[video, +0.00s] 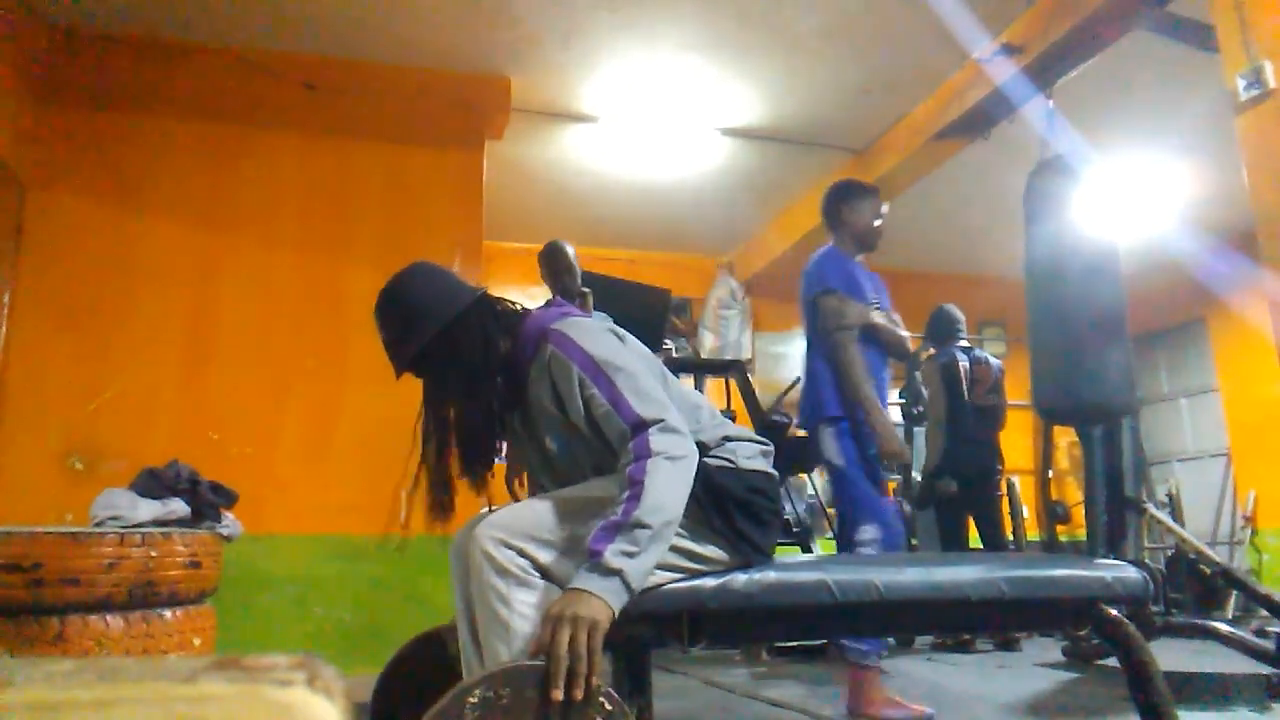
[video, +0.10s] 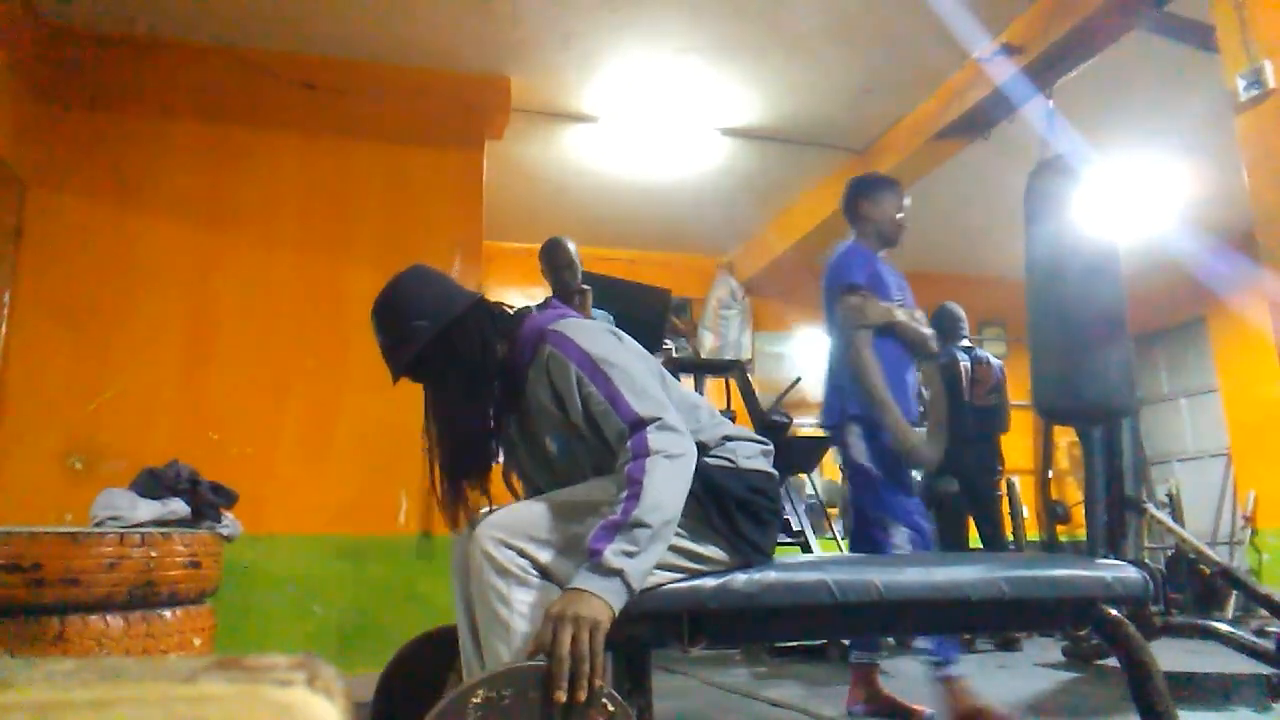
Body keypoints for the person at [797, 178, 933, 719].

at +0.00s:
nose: (882, 222)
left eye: (882, 214)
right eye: (874, 214)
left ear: (860, 218)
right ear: (843, 215)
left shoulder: (870, 279)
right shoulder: (828, 267)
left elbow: (905, 349)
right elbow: (843, 352)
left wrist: (869, 319)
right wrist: (880, 426)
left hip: (865, 421)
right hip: (839, 420)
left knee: (873, 538)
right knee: (876, 532)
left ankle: (866, 683)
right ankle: (864, 686)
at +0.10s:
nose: (905, 216)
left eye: (905, 207)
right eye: (897, 206)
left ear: (874, 211)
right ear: (864, 210)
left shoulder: (891, 276)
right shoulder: (852, 262)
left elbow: (929, 347)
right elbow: (856, 342)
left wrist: (895, 317)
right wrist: (898, 426)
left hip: (891, 424)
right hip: (863, 422)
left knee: (873, 548)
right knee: (912, 539)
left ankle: (863, 681)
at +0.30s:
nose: (948, 203)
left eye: (949, 195)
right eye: (939, 193)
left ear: (917, 196)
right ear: (905, 194)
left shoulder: (930, 260)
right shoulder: (901, 252)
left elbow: (988, 337)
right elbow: (920, 341)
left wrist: (950, 302)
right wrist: (958, 421)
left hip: (944, 413)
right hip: (920, 415)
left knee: (937, 544)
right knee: (970, 544)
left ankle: (881, 663)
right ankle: (1007, 694)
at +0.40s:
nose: (970, 190)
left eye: (972, 181)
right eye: (962, 177)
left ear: (955, 184)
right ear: (929, 179)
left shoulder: (949, 244)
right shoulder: (927, 239)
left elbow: (1004, 335)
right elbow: (950, 340)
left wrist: (988, 294)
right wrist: (1007, 413)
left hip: (969, 401)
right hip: (944, 403)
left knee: (1007, 540)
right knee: (983, 539)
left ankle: (924, 646)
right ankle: (1008, 696)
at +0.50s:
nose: (999, 187)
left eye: (1001, 176)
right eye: (990, 174)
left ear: (963, 173)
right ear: (952, 170)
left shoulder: (970, 234)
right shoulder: (952, 227)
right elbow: (978, 321)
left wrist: (1025, 301)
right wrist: (1053, 394)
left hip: (1003, 406)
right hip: (967, 407)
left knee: (1064, 531)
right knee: (993, 539)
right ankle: (1006, 684)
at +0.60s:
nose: (1030, 176)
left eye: (1033, 165)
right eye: (1021, 163)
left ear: (1006, 166)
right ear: (983, 162)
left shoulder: (1007, 226)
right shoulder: (977, 216)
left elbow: (1012, 304)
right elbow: (1001, 308)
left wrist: (1061, 296)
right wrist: (1090, 373)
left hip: (1037, 404)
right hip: (988, 406)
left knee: (1105, 525)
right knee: (1006, 541)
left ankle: (1093, 672)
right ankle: (1012, 687)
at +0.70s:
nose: (1061, 157)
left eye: (1060, 146)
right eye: (1047, 145)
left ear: (1042, 156)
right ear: (1010, 154)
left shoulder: (1045, 224)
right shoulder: (1009, 213)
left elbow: (1059, 318)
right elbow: (1025, 308)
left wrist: (1108, 318)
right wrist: (1116, 366)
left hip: (1069, 400)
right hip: (1020, 404)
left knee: (1128, 531)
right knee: (1025, 543)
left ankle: (1178, 681)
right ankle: (1019, 693)